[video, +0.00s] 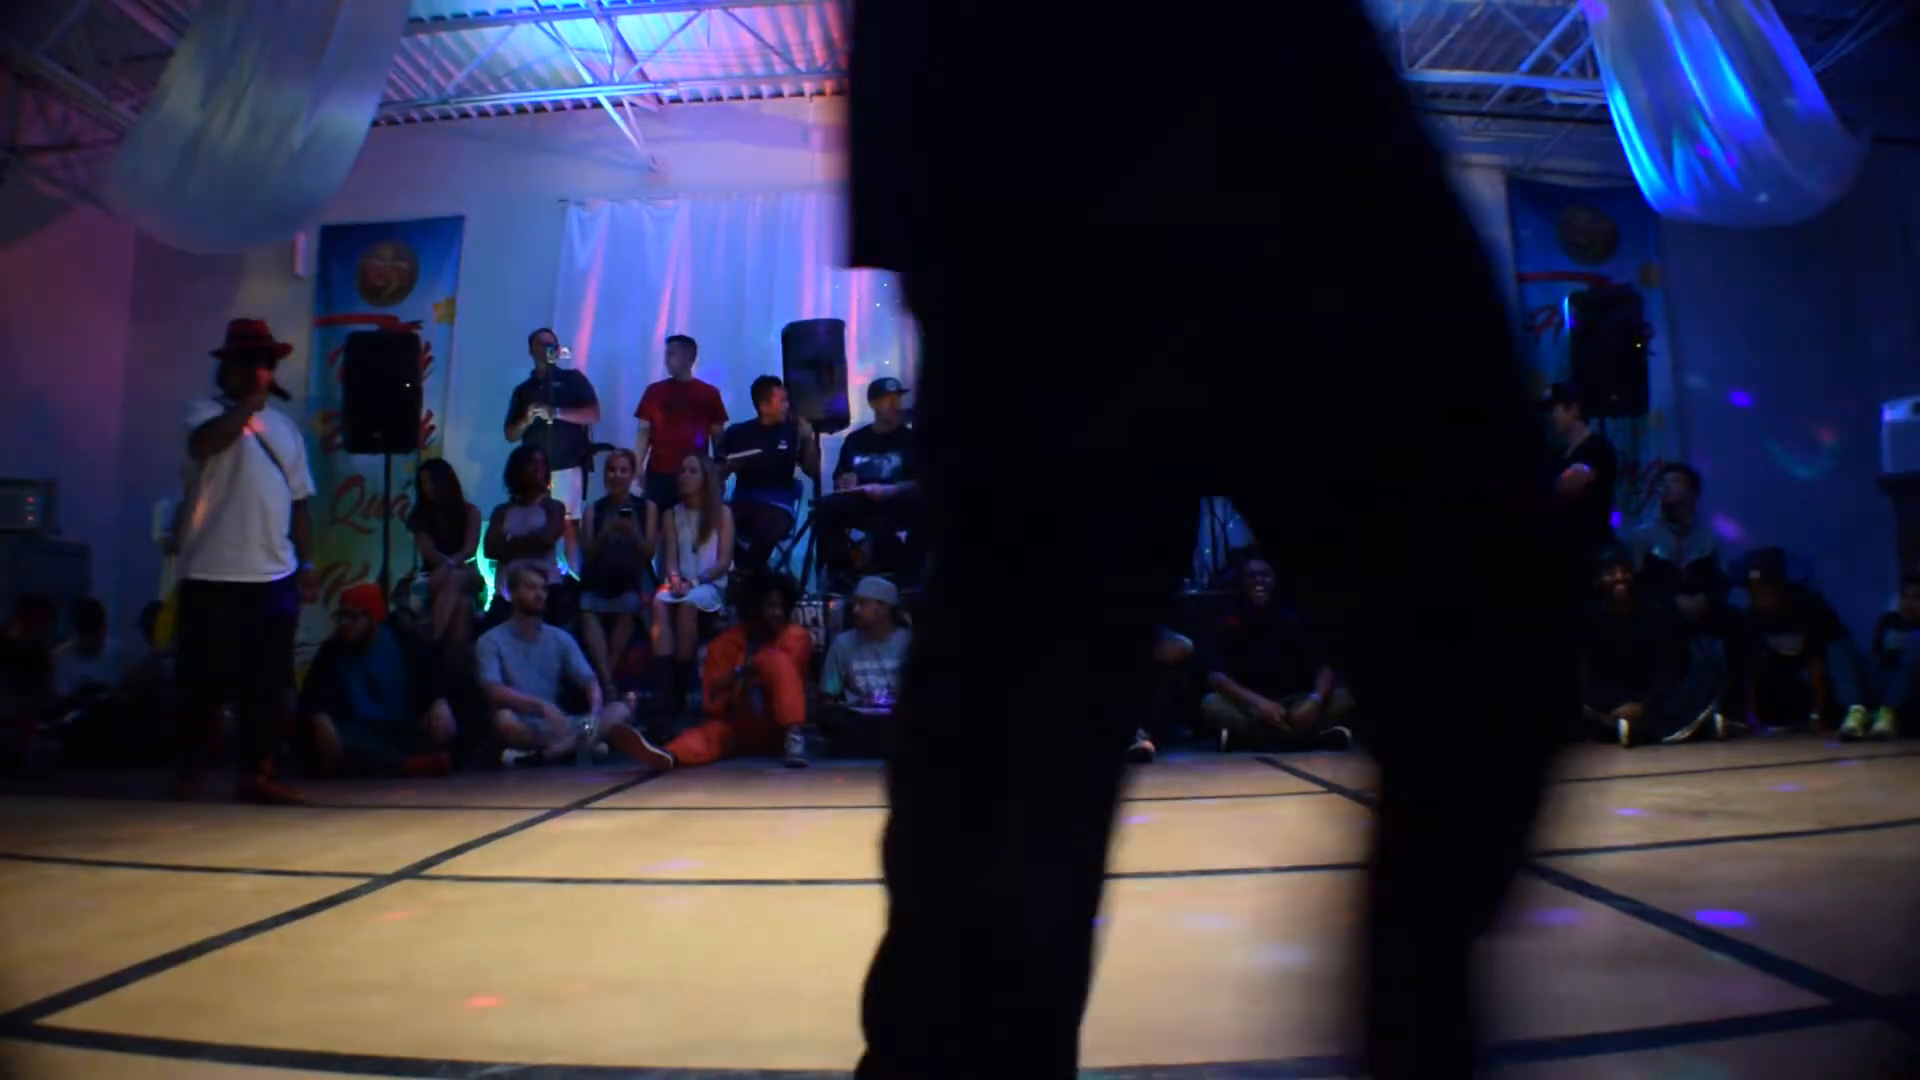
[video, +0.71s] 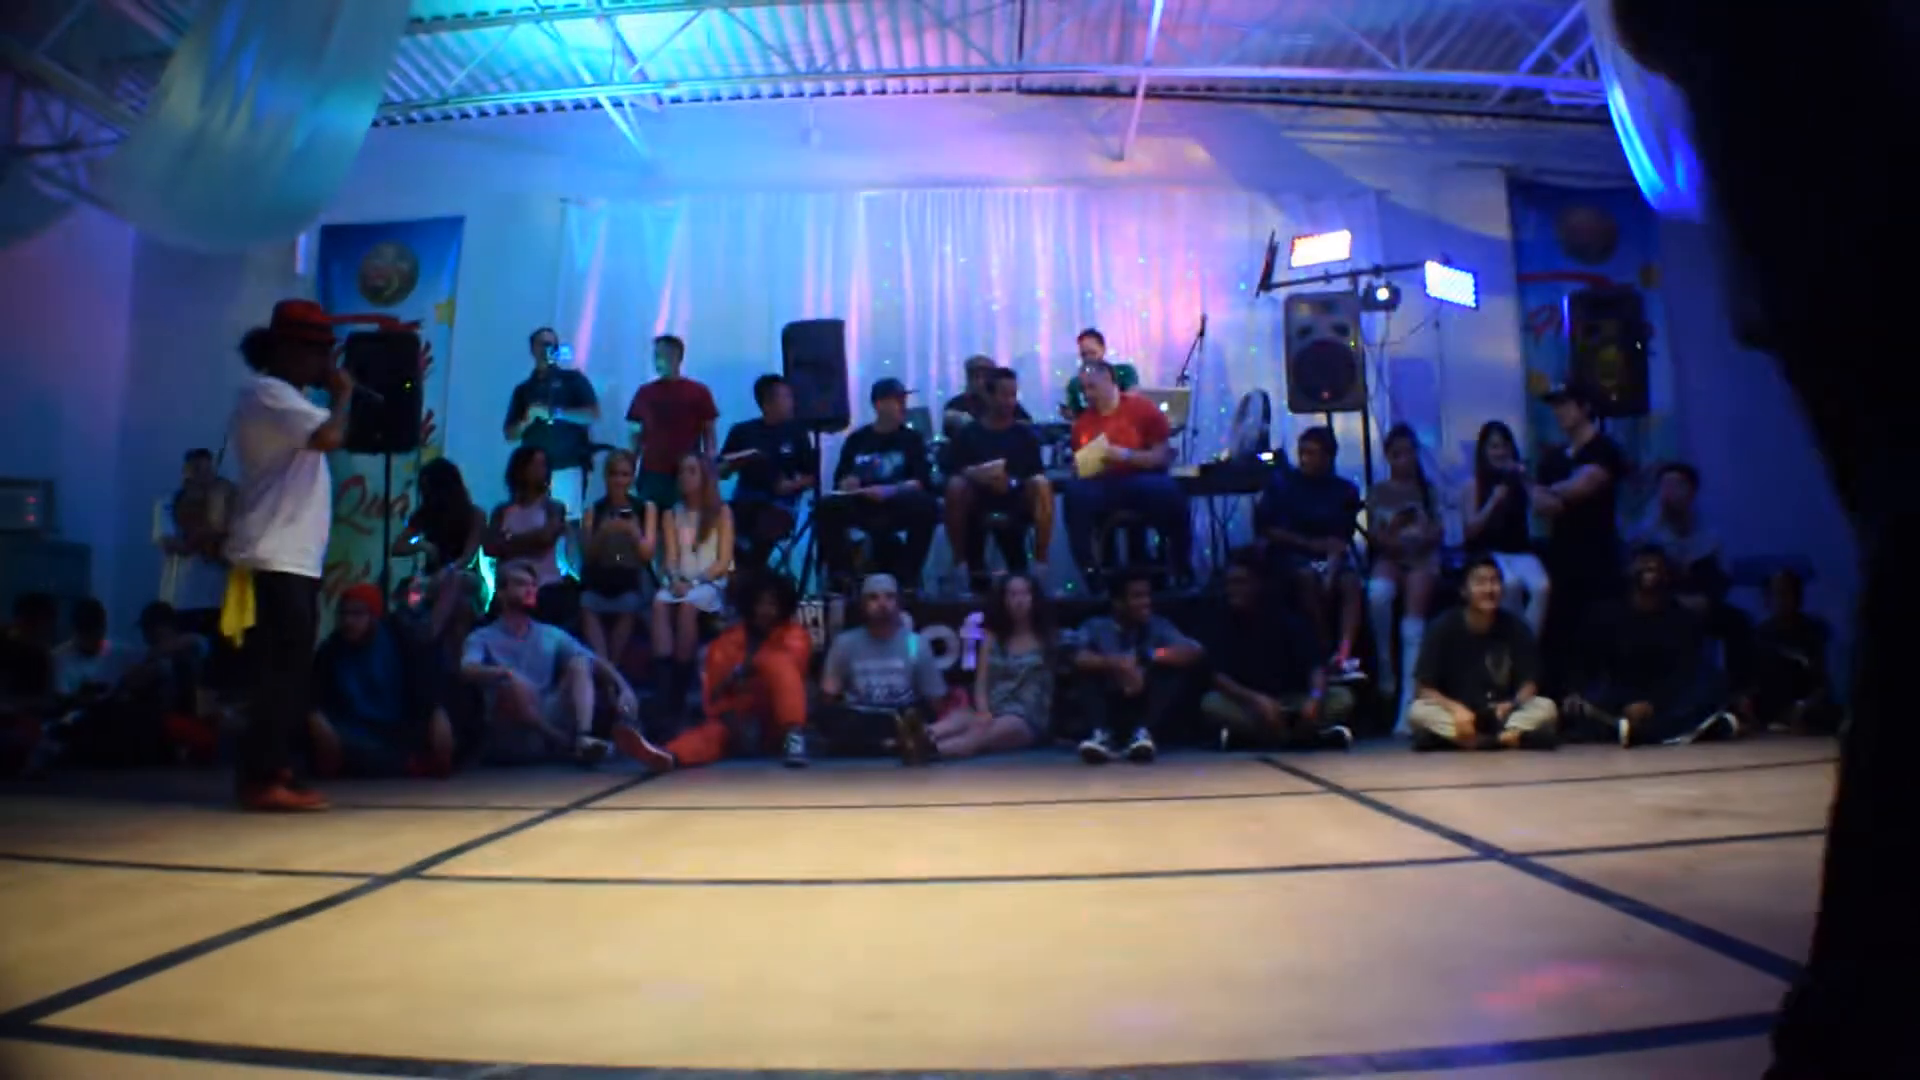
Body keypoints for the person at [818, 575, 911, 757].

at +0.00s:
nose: (856, 610)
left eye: (863, 604)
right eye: (856, 604)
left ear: (882, 608)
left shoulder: (906, 642)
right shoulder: (843, 644)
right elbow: (829, 697)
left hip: (897, 722)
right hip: (856, 721)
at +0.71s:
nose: (882, 605)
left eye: (889, 597)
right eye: (874, 598)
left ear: (897, 602)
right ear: (863, 604)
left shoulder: (916, 645)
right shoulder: (844, 644)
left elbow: (936, 701)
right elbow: (828, 695)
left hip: (903, 719)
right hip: (857, 719)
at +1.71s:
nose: (872, 604)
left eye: (880, 598)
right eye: (868, 597)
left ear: (897, 606)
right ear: (863, 602)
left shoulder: (916, 645)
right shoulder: (844, 644)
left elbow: (935, 702)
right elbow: (828, 699)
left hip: (903, 717)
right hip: (857, 718)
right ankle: (887, 746)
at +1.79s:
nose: (872, 604)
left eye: (881, 598)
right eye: (868, 597)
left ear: (897, 606)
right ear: (863, 602)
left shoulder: (916, 645)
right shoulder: (844, 644)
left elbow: (935, 704)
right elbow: (828, 701)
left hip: (904, 722)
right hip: (857, 723)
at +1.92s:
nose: (872, 604)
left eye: (880, 597)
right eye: (868, 597)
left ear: (897, 606)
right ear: (862, 601)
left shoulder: (916, 645)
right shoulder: (843, 644)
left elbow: (935, 702)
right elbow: (828, 699)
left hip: (903, 718)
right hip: (856, 720)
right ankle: (885, 746)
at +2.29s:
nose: (871, 604)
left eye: (880, 598)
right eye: (867, 597)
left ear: (896, 606)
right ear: (862, 602)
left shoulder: (916, 645)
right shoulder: (843, 644)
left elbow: (933, 699)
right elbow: (829, 699)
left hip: (904, 717)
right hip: (858, 718)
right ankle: (887, 746)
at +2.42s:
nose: (869, 604)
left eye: (878, 598)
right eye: (865, 598)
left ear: (894, 606)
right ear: (860, 602)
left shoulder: (916, 645)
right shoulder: (843, 645)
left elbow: (933, 703)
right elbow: (828, 700)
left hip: (905, 719)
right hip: (858, 721)